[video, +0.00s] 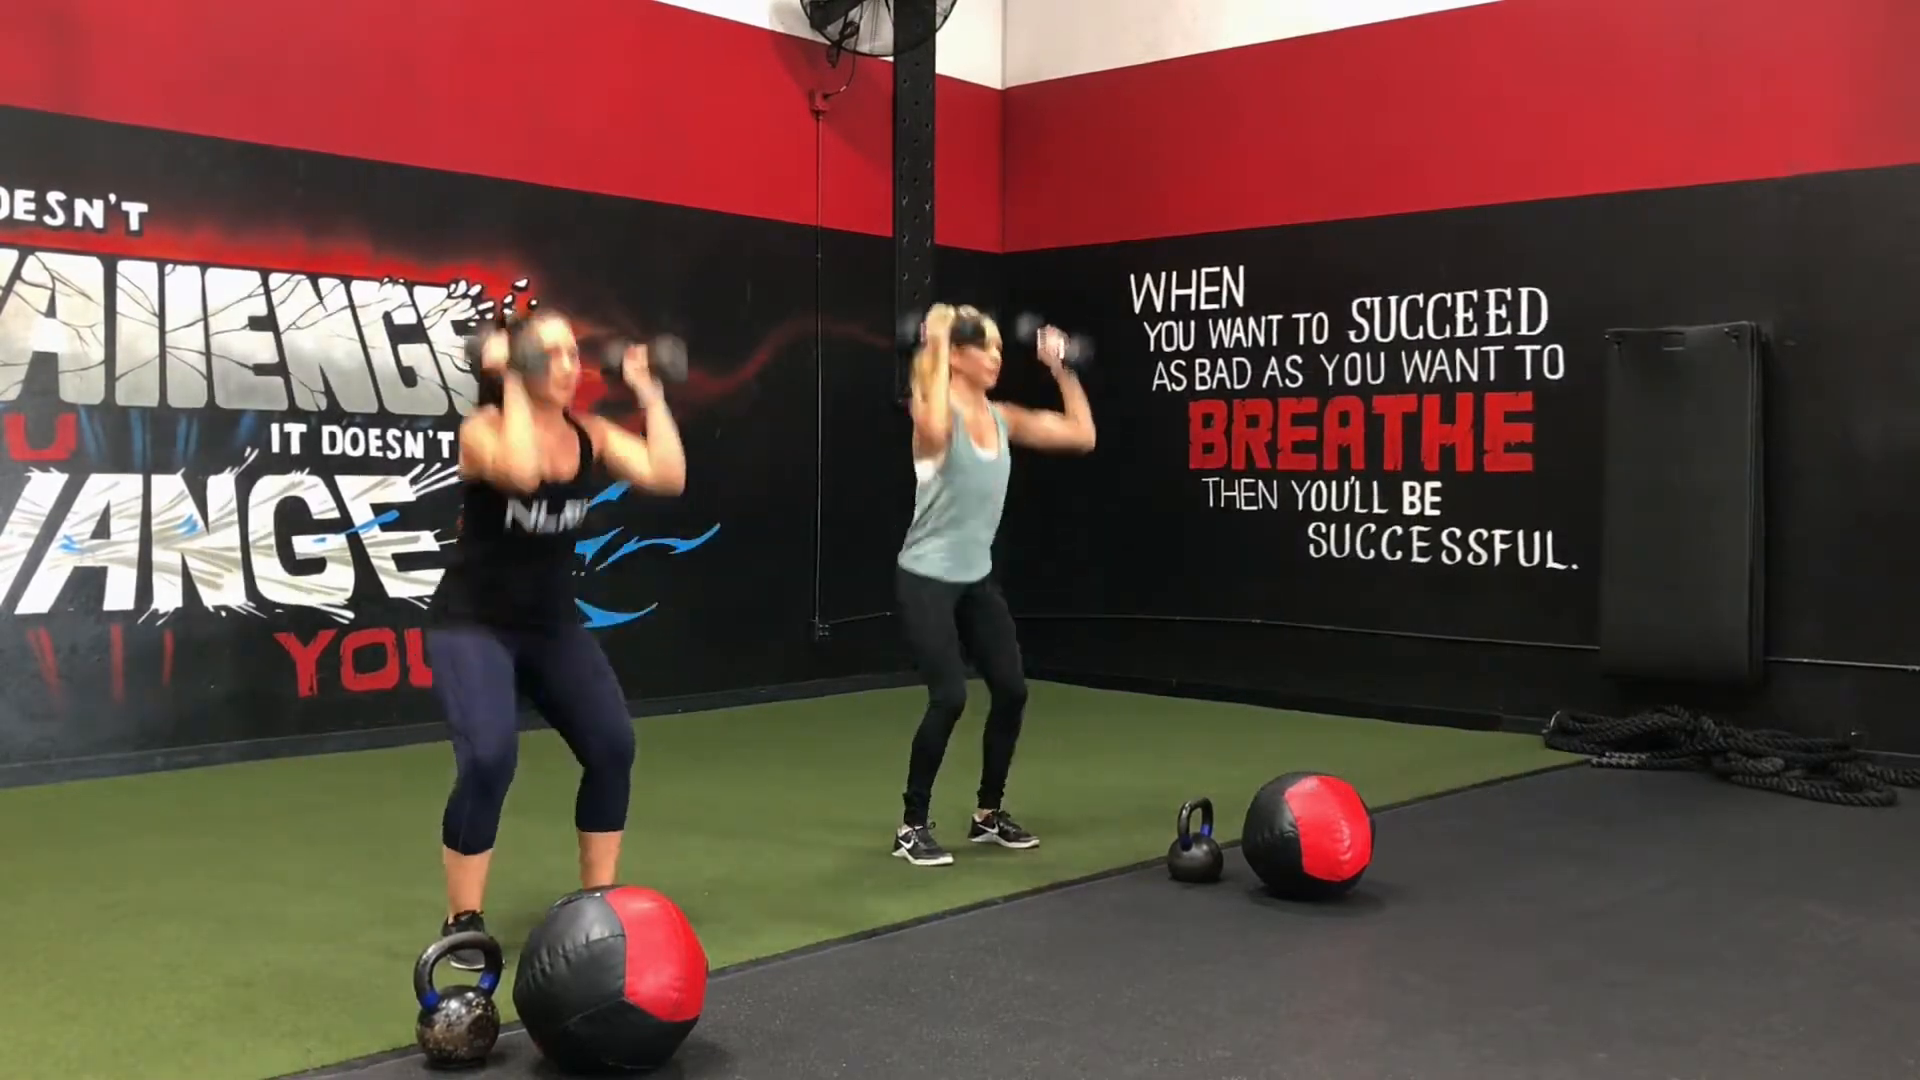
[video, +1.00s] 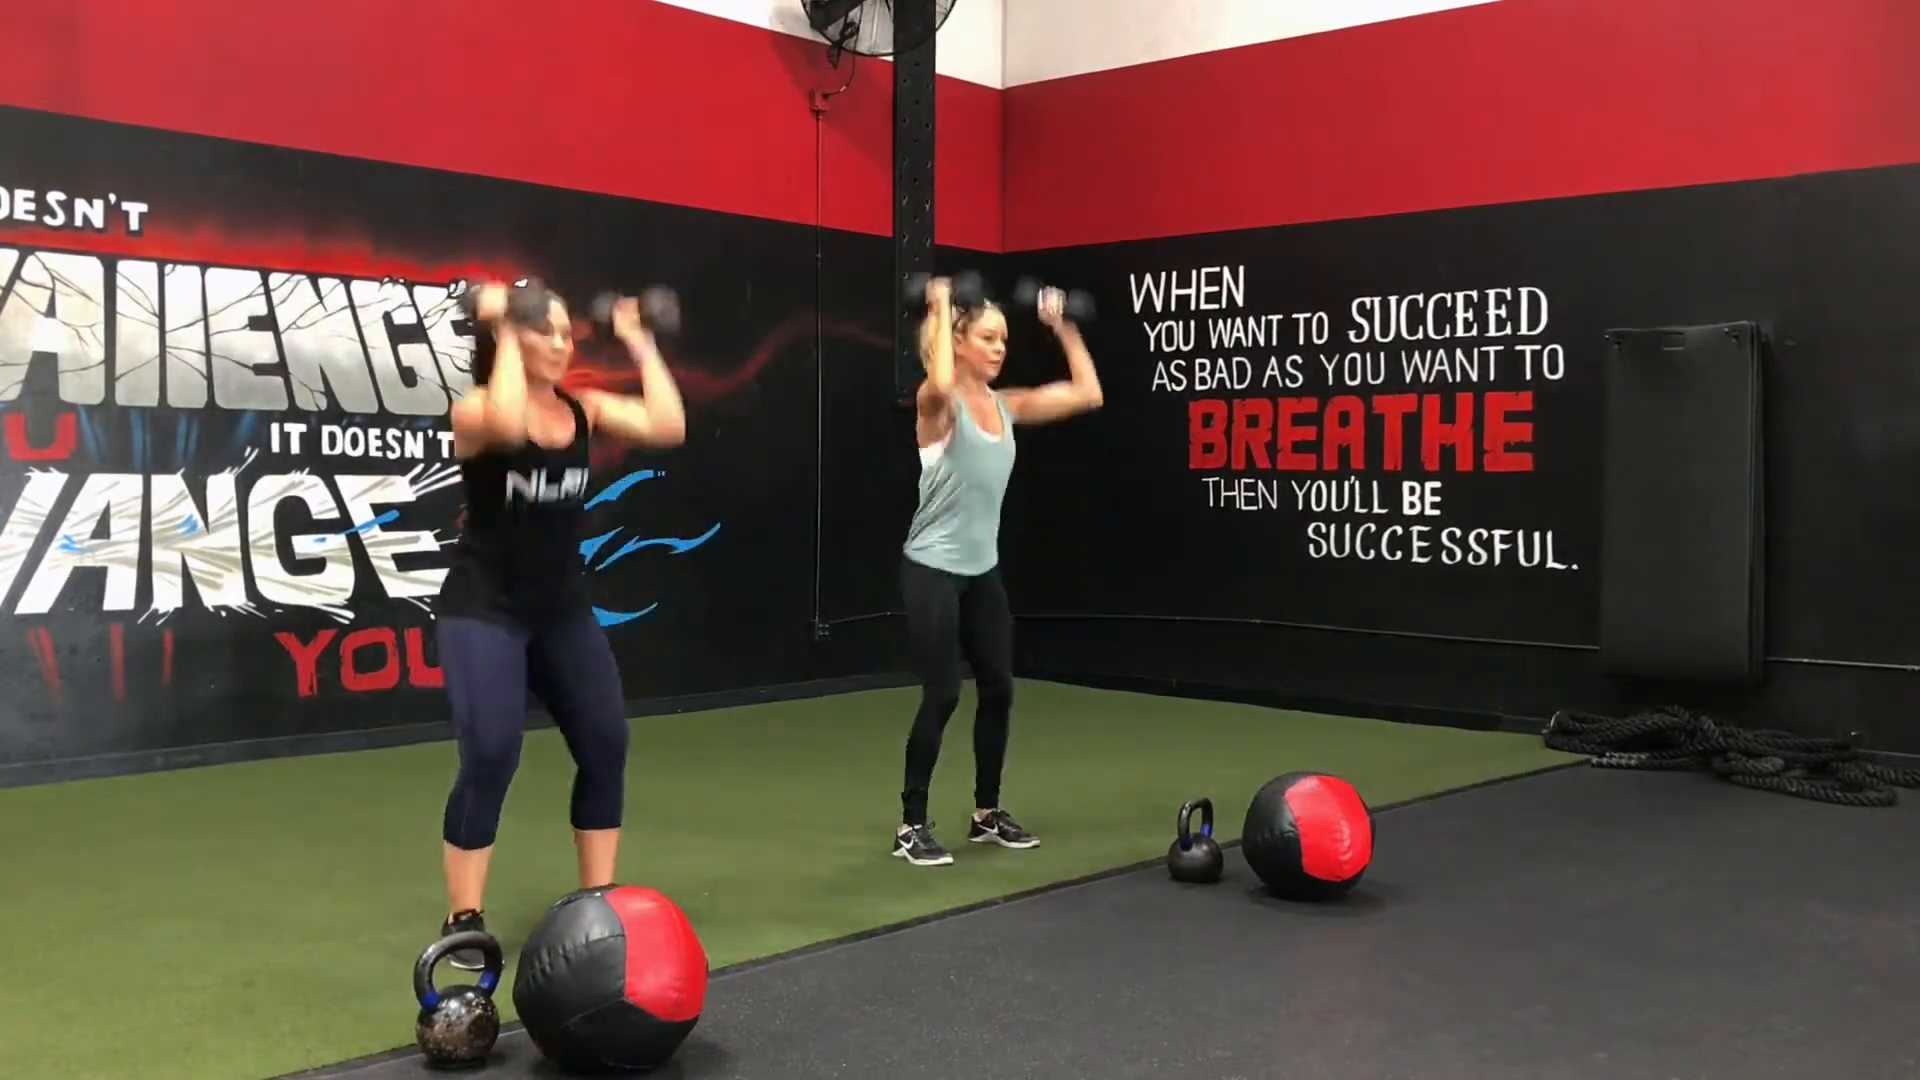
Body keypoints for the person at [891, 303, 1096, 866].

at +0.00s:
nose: (997, 359)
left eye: (998, 350)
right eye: (988, 349)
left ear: (991, 357)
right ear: (957, 355)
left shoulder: (1000, 415)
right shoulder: (933, 411)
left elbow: (1080, 433)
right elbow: (933, 432)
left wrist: (1061, 369)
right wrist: (936, 347)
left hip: (976, 581)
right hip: (926, 580)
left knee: (1010, 690)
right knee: (949, 696)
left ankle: (988, 815)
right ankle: (913, 827)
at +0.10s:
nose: (988, 341)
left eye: (992, 332)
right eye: (976, 331)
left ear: (994, 342)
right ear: (945, 338)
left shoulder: (998, 390)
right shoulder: (935, 397)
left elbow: (1061, 330)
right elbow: (936, 320)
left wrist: (1054, 251)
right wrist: (940, 236)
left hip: (990, 568)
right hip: (939, 567)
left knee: (986, 690)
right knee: (937, 690)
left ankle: (988, 814)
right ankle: (912, 825)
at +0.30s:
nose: (989, 344)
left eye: (992, 336)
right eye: (977, 336)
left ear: (993, 344)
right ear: (948, 343)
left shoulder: (998, 393)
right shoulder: (935, 398)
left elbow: (1067, 346)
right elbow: (938, 337)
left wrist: (1058, 270)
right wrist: (939, 255)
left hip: (986, 572)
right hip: (933, 571)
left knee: (1000, 687)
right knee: (947, 690)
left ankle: (988, 815)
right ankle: (913, 825)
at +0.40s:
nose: (998, 380)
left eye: (999, 371)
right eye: (989, 372)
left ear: (994, 378)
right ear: (962, 378)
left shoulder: (1001, 434)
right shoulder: (935, 431)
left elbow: (1082, 456)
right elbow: (939, 448)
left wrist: (1067, 388)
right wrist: (941, 368)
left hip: (968, 595)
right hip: (917, 592)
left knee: (1017, 697)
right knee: (954, 703)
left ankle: (989, 816)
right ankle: (914, 828)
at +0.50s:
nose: (1011, 446)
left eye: (1012, 435)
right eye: (1000, 436)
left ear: (1010, 445)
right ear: (967, 446)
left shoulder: (1009, 504)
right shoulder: (944, 504)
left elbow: (1064, 575)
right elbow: (948, 582)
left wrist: (1061, 507)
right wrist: (947, 498)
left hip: (957, 639)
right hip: (904, 639)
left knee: (1033, 711)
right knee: (960, 718)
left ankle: (989, 817)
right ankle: (915, 829)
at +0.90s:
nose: (1015, 401)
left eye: (1016, 391)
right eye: (1003, 391)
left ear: (1013, 398)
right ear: (971, 395)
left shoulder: (1014, 462)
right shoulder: (945, 456)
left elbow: (1080, 520)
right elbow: (945, 524)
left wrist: (1063, 452)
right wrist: (945, 445)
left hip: (966, 609)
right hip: (912, 607)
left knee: (1027, 704)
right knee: (952, 711)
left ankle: (989, 816)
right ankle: (914, 829)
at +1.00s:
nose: (998, 349)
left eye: (1002, 339)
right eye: (987, 338)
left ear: (1004, 346)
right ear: (958, 343)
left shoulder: (1005, 404)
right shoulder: (938, 404)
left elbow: (1087, 394)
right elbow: (940, 381)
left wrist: (1062, 328)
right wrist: (939, 310)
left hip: (982, 570)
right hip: (931, 568)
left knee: (997, 687)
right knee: (943, 690)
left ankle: (987, 814)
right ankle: (913, 827)